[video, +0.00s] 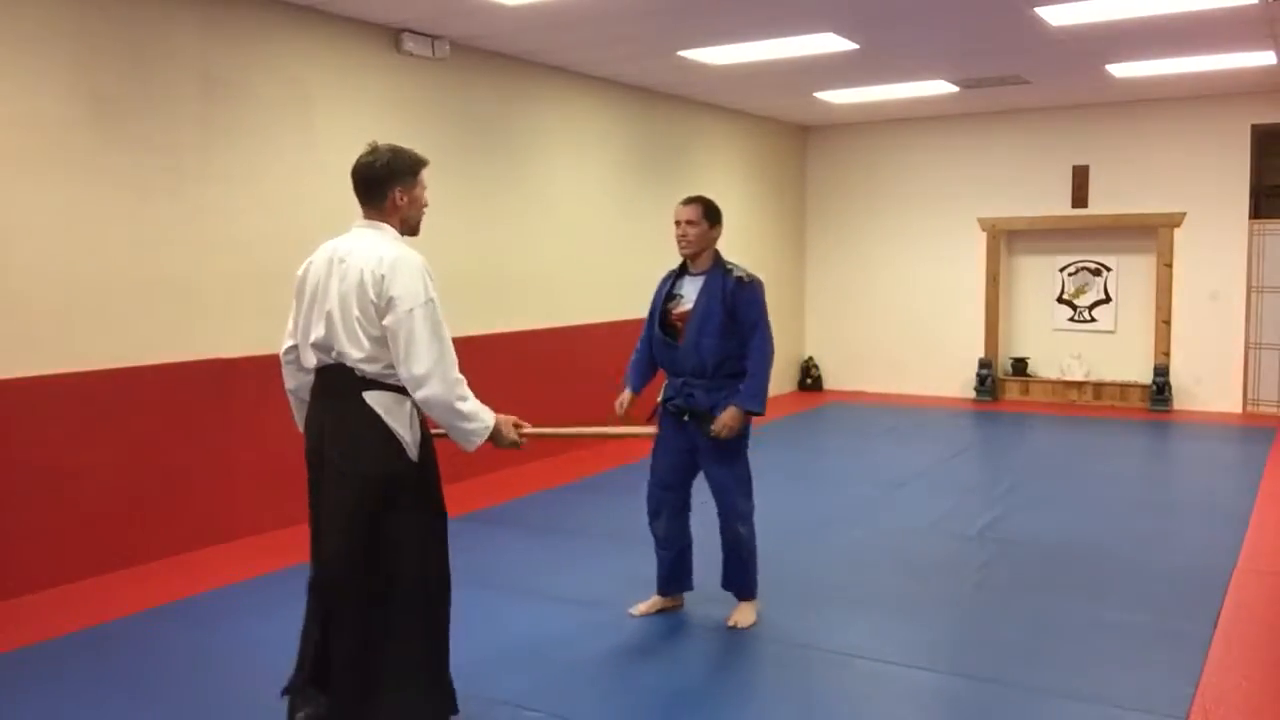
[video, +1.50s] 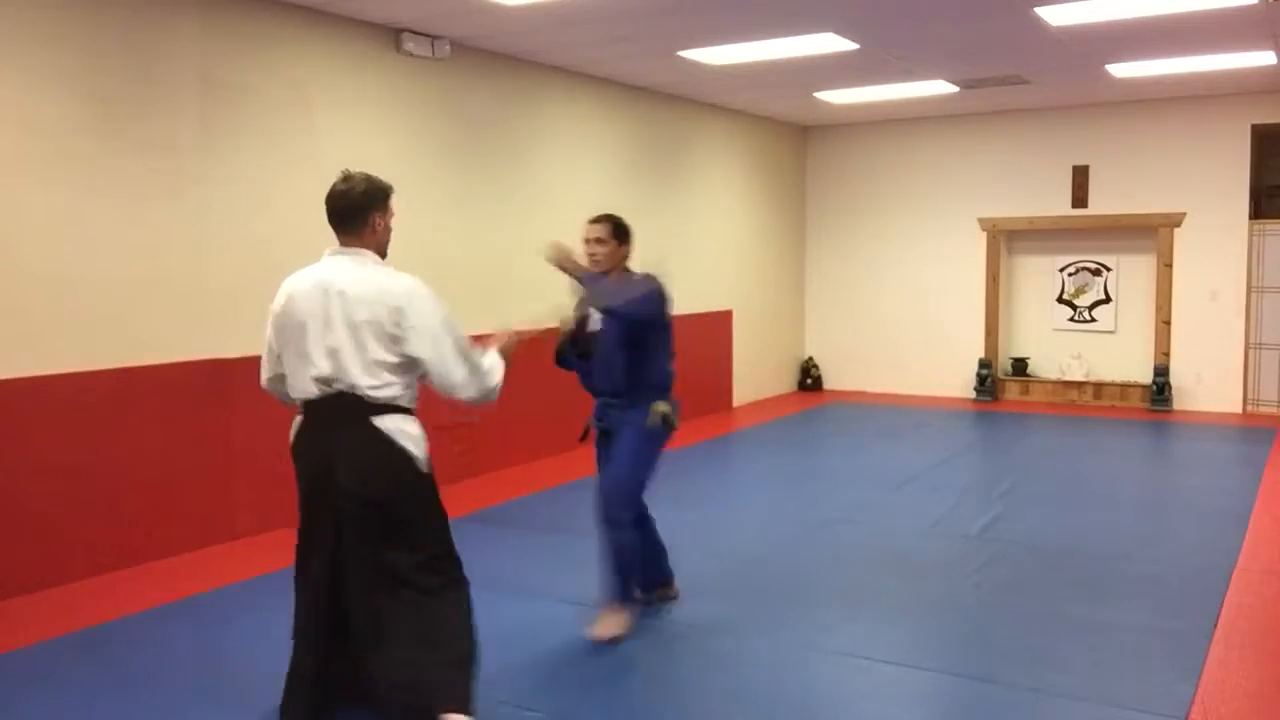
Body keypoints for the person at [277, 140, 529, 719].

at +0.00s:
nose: (427, 199)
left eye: (425, 188)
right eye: (420, 189)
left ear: (372, 198)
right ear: (397, 196)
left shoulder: (319, 261)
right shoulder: (401, 263)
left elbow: (295, 359)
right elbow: (428, 374)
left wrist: (316, 423)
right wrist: (488, 423)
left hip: (328, 419)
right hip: (384, 424)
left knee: (336, 567)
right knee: (407, 565)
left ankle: (318, 700)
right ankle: (412, 702)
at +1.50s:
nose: (393, 226)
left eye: (391, 216)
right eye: (390, 218)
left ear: (334, 225)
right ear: (376, 222)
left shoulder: (293, 290)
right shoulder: (401, 291)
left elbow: (275, 379)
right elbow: (463, 381)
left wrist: (323, 400)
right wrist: (494, 355)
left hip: (317, 445)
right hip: (387, 444)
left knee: (324, 576)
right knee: (431, 574)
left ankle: (315, 706)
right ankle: (449, 704)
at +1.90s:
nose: (357, 217)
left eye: (356, 211)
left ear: (356, 214)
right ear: (413, 213)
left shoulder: (347, 267)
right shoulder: (457, 269)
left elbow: (330, 341)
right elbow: (467, 341)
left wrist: (275, 417)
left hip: (392, 441)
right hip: (470, 433)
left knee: (354, 593)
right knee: (474, 588)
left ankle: (364, 705)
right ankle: (476, 705)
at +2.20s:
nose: (388, 282)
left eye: (388, 274)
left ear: (389, 278)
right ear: (443, 278)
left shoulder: (384, 325)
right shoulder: (477, 330)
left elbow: (328, 405)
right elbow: (505, 412)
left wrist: (274, 471)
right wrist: (417, 476)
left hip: (447, 480)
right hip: (517, 474)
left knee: (379, 619)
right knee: (501, 617)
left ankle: (367, 705)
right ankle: (505, 706)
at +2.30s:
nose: (409, 276)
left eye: (409, 269)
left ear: (410, 272)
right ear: (463, 270)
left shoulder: (401, 329)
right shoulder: (504, 326)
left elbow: (352, 421)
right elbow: (539, 406)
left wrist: (323, 490)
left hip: (470, 482)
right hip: (537, 471)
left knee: (395, 623)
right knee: (534, 612)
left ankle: (375, 708)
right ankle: (580, 708)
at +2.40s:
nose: (435, 260)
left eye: (433, 252)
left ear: (435, 254)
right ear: (487, 250)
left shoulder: (427, 316)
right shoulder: (535, 308)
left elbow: (395, 419)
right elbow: (569, 396)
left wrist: (377, 489)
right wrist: (610, 441)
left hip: (497, 473)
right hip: (565, 462)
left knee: (433, 613)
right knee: (568, 607)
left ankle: (403, 708)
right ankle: (577, 709)